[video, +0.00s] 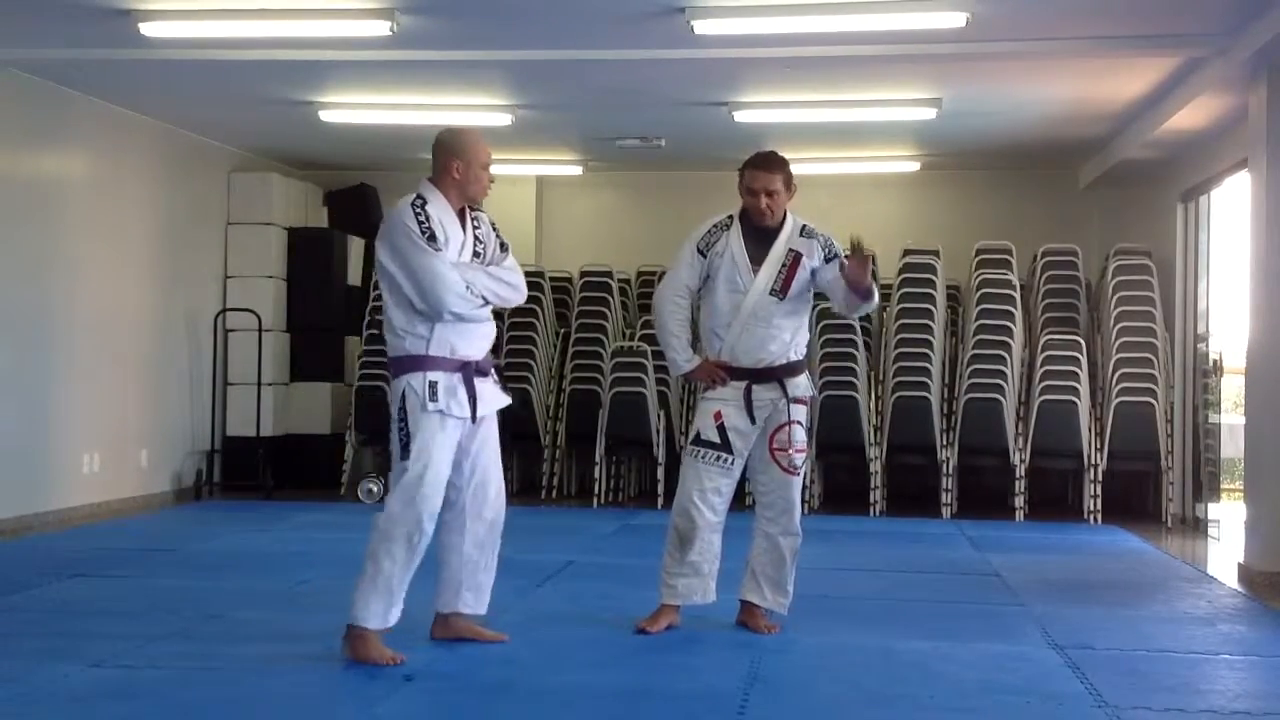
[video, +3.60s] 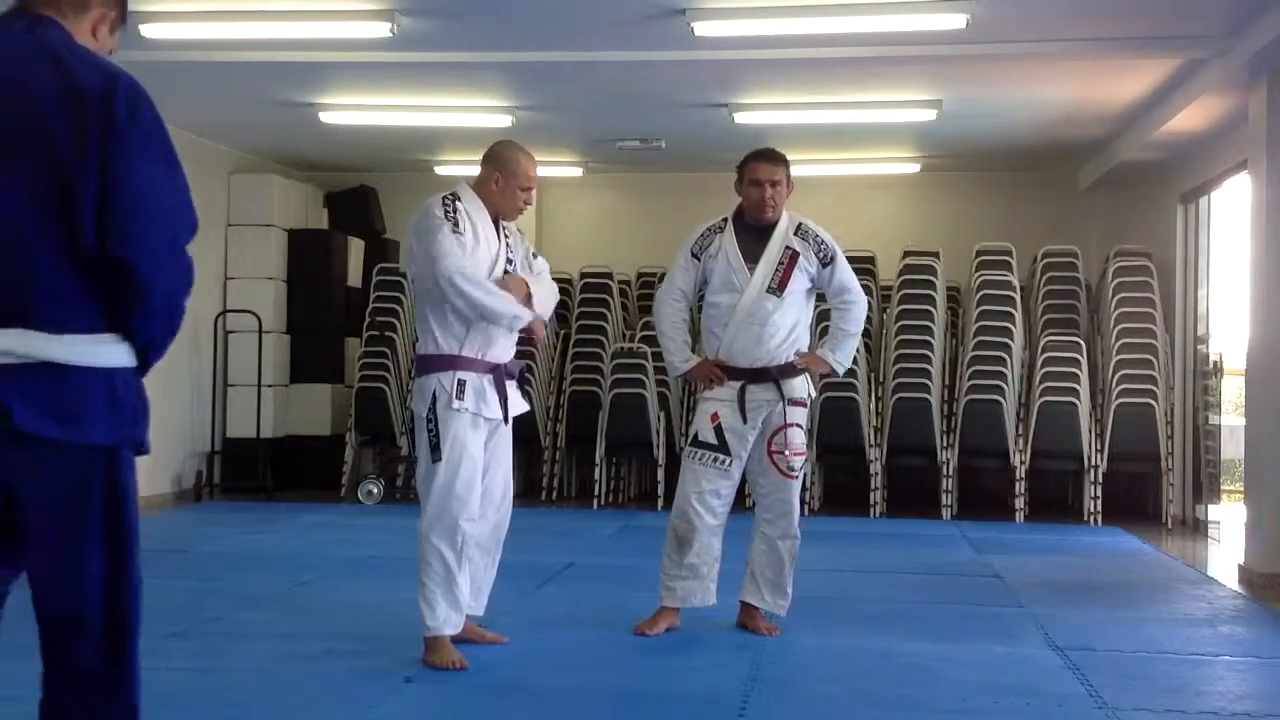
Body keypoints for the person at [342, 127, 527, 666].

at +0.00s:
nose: (491, 178)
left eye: (491, 168)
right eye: (486, 168)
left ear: (461, 169)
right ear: (454, 169)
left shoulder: (478, 224)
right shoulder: (407, 219)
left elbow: (515, 286)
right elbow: (446, 298)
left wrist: (458, 272)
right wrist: (492, 293)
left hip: (477, 378)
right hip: (426, 377)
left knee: (481, 500)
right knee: (415, 502)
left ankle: (455, 614)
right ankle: (364, 627)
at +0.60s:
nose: (536, 192)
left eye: (538, 182)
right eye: (532, 181)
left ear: (507, 176)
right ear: (503, 175)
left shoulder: (510, 231)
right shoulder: (448, 217)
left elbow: (541, 303)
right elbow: (483, 299)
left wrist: (507, 276)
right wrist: (522, 299)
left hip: (499, 387)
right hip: (452, 385)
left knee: (495, 506)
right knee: (450, 507)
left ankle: (465, 616)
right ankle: (438, 632)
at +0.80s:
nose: (539, 191)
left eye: (540, 181)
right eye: (536, 180)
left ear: (508, 175)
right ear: (507, 174)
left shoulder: (508, 231)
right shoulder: (454, 214)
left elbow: (537, 295)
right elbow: (479, 299)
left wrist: (556, 323)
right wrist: (540, 317)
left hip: (502, 388)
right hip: (458, 387)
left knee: (496, 509)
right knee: (453, 509)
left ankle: (466, 618)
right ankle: (438, 632)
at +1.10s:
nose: (544, 190)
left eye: (544, 181)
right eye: (540, 180)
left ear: (512, 175)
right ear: (512, 175)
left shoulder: (511, 234)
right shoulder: (457, 215)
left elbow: (531, 313)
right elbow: (460, 304)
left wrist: (573, 366)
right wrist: (514, 371)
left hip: (500, 383)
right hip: (456, 382)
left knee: (499, 503)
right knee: (456, 506)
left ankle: (465, 616)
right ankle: (439, 632)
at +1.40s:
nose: (547, 197)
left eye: (549, 187)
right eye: (543, 186)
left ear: (517, 180)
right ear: (513, 178)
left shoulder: (510, 235)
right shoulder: (464, 212)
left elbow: (521, 309)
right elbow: (437, 294)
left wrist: (571, 300)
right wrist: (455, 373)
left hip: (507, 390)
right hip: (466, 386)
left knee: (496, 508)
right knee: (457, 509)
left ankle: (465, 617)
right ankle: (439, 631)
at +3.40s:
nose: (538, 203)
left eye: (541, 194)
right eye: (533, 191)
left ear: (515, 185)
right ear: (505, 181)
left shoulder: (512, 242)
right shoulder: (452, 209)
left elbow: (524, 297)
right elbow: (400, 261)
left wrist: (541, 326)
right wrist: (456, 334)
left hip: (496, 390)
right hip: (451, 386)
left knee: (489, 507)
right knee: (450, 507)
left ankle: (462, 618)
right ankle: (437, 633)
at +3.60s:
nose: (530, 200)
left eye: (533, 191)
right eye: (525, 189)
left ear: (504, 184)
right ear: (494, 179)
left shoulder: (508, 233)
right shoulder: (442, 213)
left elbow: (548, 290)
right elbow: (457, 282)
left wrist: (524, 288)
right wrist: (522, 316)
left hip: (497, 389)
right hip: (452, 387)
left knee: (490, 508)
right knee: (450, 509)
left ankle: (463, 618)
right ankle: (438, 634)